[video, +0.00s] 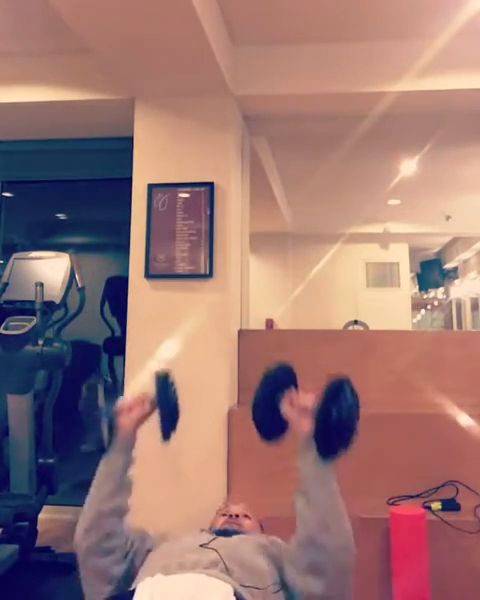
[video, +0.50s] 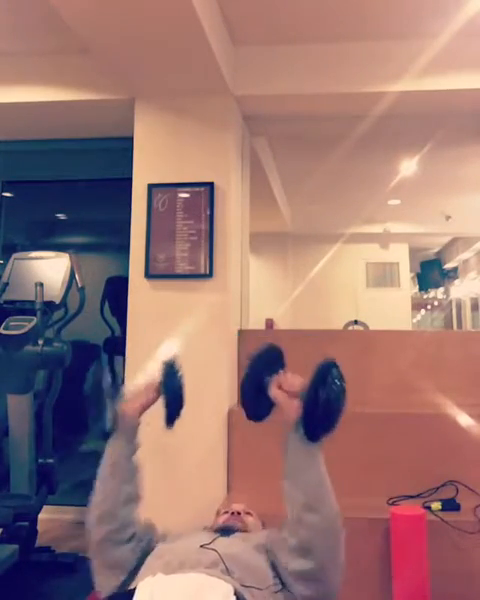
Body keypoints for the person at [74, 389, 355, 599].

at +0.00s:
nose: (233, 515)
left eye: (245, 516)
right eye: (225, 514)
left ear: (263, 535)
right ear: (207, 526)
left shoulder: (277, 552)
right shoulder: (157, 549)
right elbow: (95, 538)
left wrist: (308, 440)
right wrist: (122, 439)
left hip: (229, 589)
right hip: (155, 585)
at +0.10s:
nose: (232, 518)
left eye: (245, 518)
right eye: (224, 516)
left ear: (263, 531)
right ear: (206, 527)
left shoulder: (283, 557)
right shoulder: (150, 549)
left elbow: (309, 512)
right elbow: (113, 506)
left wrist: (294, 411)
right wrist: (137, 413)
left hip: (227, 588)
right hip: (150, 587)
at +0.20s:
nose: (233, 519)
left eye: (246, 520)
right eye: (224, 518)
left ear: (261, 532)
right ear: (208, 527)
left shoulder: (280, 562)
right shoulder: (153, 542)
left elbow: (298, 498)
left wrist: (282, 398)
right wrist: (150, 391)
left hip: (224, 589)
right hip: (150, 587)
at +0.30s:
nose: (233, 520)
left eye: (246, 520)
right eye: (225, 517)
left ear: (261, 531)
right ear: (210, 525)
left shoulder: (279, 562)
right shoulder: (159, 538)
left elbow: (292, 495)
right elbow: (152, 470)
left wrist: (272, 396)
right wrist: (158, 385)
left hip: (224, 589)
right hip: (150, 588)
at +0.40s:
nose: (234, 515)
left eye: (246, 516)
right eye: (225, 514)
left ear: (262, 531)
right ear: (211, 525)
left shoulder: (283, 564)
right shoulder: (157, 541)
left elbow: (299, 500)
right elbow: (137, 483)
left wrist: (283, 404)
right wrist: (143, 396)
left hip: (226, 588)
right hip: (150, 586)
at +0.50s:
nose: (235, 510)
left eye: (248, 512)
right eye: (226, 510)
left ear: (263, 531)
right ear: (208, 525)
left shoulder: (283, 557)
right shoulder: (149, 553)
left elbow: (317, 523)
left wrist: (298, 426)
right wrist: (126, 424)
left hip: (225, 589)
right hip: (152, 588)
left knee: (201, 589)